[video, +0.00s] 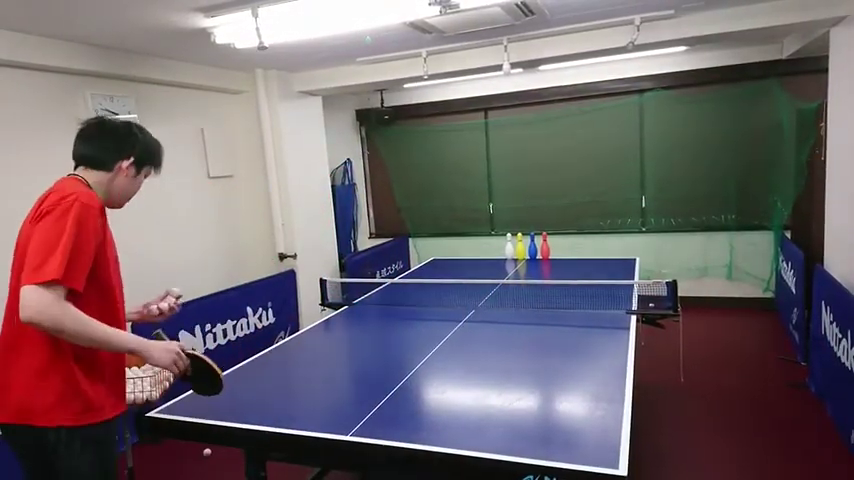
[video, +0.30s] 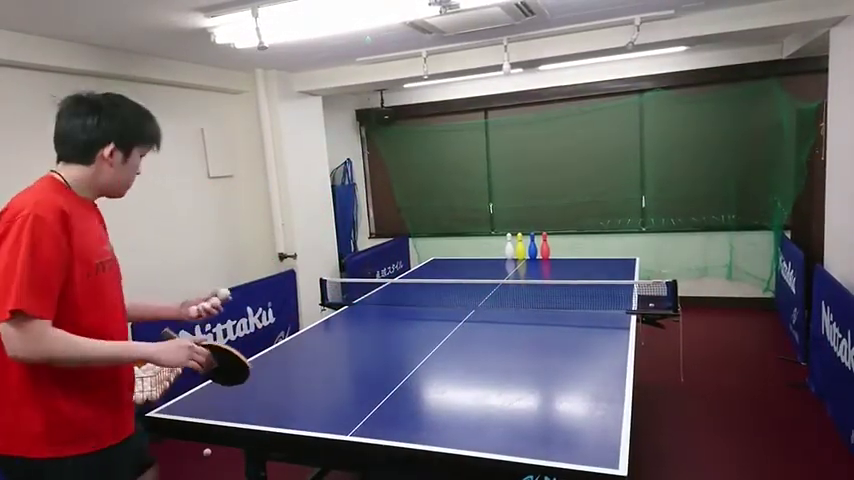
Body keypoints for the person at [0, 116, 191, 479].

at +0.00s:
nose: (137, 191)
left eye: (144, 181)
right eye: (142, 179)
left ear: (87, 157)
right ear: (125, 167)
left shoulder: (65, 197)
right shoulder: (76, 203)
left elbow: (68, 310)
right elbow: (38, 306)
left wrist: (137, 314)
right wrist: (145, 348)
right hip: (62, 418)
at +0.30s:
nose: (139, 172)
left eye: (142, 160)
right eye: (139, 158)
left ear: (106, 156)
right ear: (109, 154)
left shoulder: (83, 209)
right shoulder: (37, 214)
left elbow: (93, 307)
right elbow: (23, 339)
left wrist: (178, 311)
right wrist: (150, 352)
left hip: (103, 439)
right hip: (55, 454)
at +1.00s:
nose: (236, 189)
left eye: (240, 179)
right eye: (234, 177)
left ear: (195, 163)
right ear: (194, 161)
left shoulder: (204, 210)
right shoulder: (106, 216)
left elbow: (225, 292)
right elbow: (116, 338)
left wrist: (283, 326)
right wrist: (237, 342)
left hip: (182, 415)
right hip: (114, 434)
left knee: (205, 472)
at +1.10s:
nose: (248, 195)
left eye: (251, 186)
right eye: (245, 183)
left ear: (208, 168)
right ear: (207, 166)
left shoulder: (213, 214)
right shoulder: (117, 216)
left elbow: (231, 293)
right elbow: (126, 338)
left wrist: (283, 329)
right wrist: (246, 343)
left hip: (182, 415)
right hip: (114, 432)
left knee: (204, 472)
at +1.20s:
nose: (252, 202)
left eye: (257, 193)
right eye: (251, 189)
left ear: (215, 172)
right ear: (215, 170)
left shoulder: (216, 217)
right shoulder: (123, 218)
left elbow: (231, 296)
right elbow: (132, 341)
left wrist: (284, 333)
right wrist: (250, 347)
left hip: (180, 416)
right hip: (113, 433)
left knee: (203, 472)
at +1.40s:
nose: (254, 206)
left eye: (258, 197)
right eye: (253, 193)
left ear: (217, 176)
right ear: (217, 175)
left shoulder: (213, 221)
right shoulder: (124, 223)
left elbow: (229, 305)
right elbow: (138, 347)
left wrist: (282, 338)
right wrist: (253, 352)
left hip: (175, 419)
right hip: (107, 438)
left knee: (203, 471)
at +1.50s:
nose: (252, 207)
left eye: (257, 197)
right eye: (251, 194)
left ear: (215, 177)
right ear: (215, 175)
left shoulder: (211, 221)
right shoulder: (121, 225)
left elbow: (226, 305)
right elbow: (134, 349)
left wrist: (284, 340)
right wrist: (251, 354)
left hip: (173, 419)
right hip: (105, 438)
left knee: (201, 472)